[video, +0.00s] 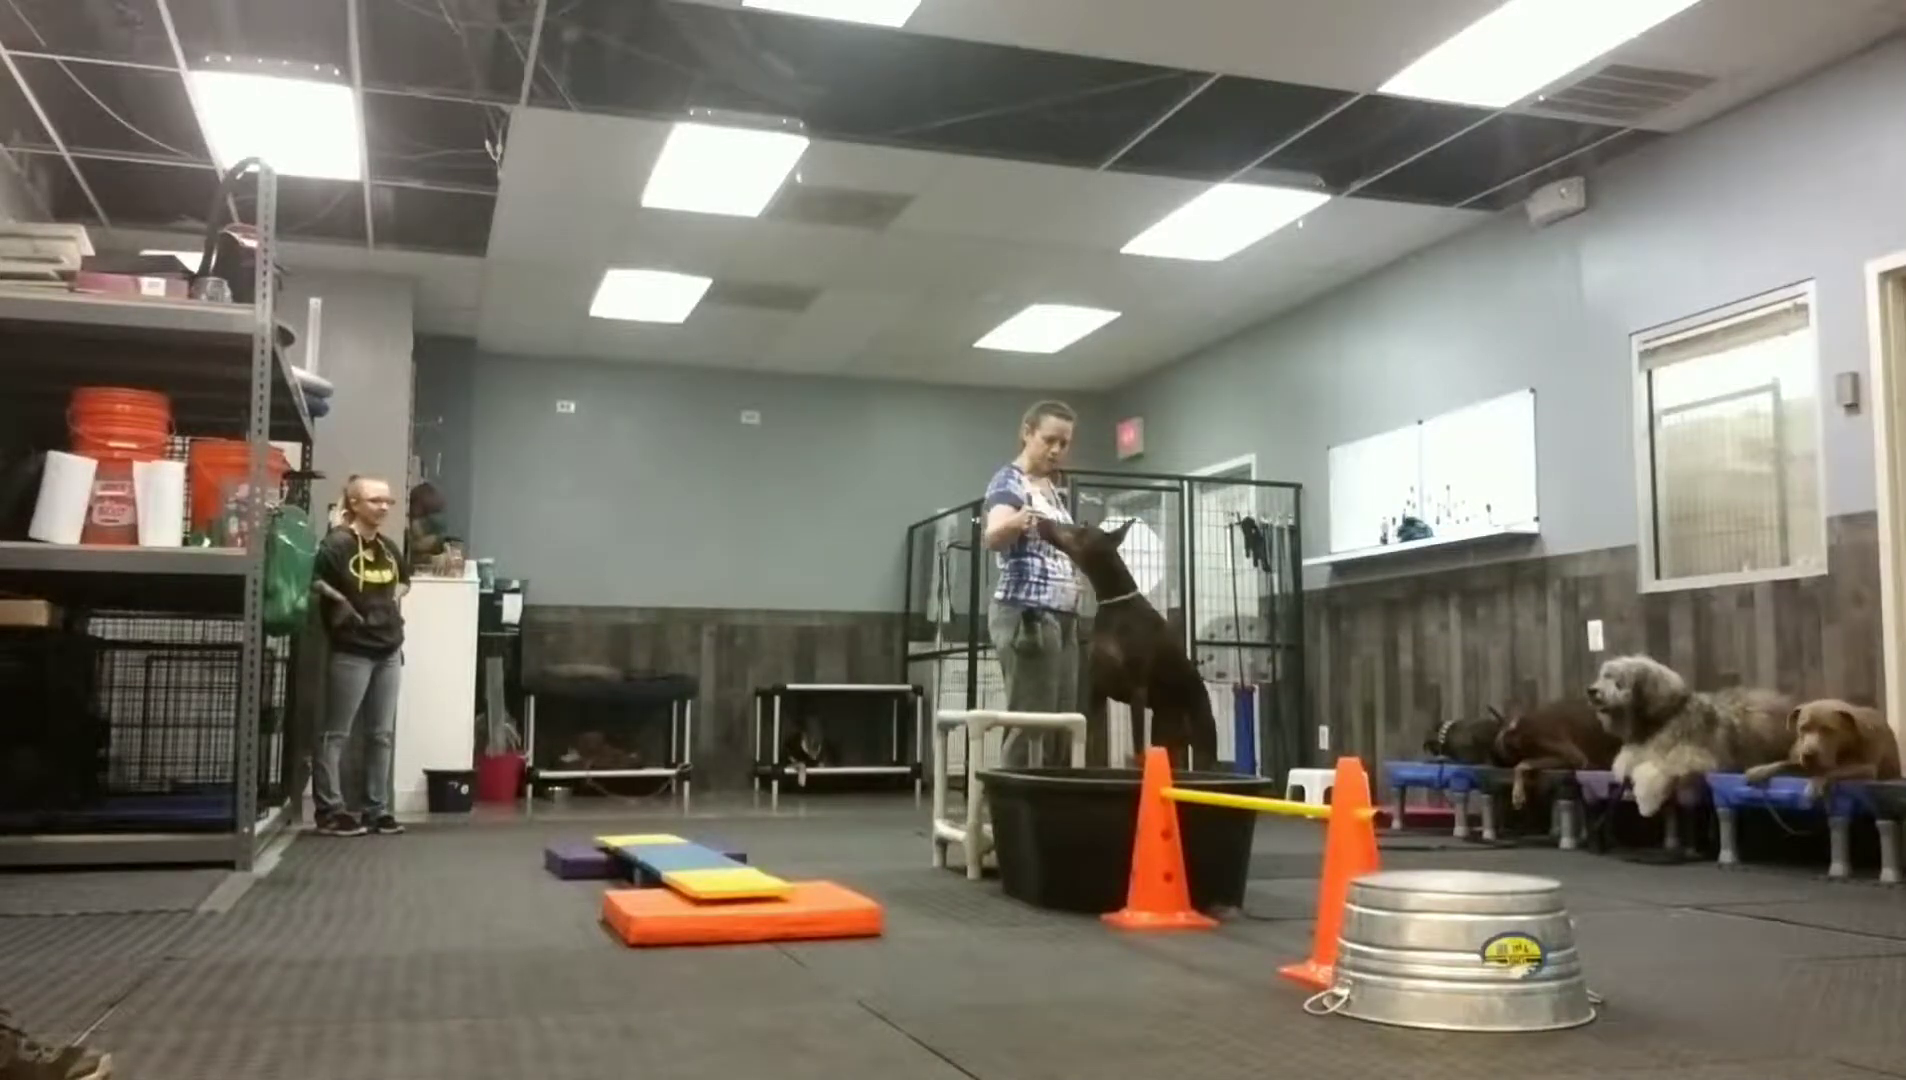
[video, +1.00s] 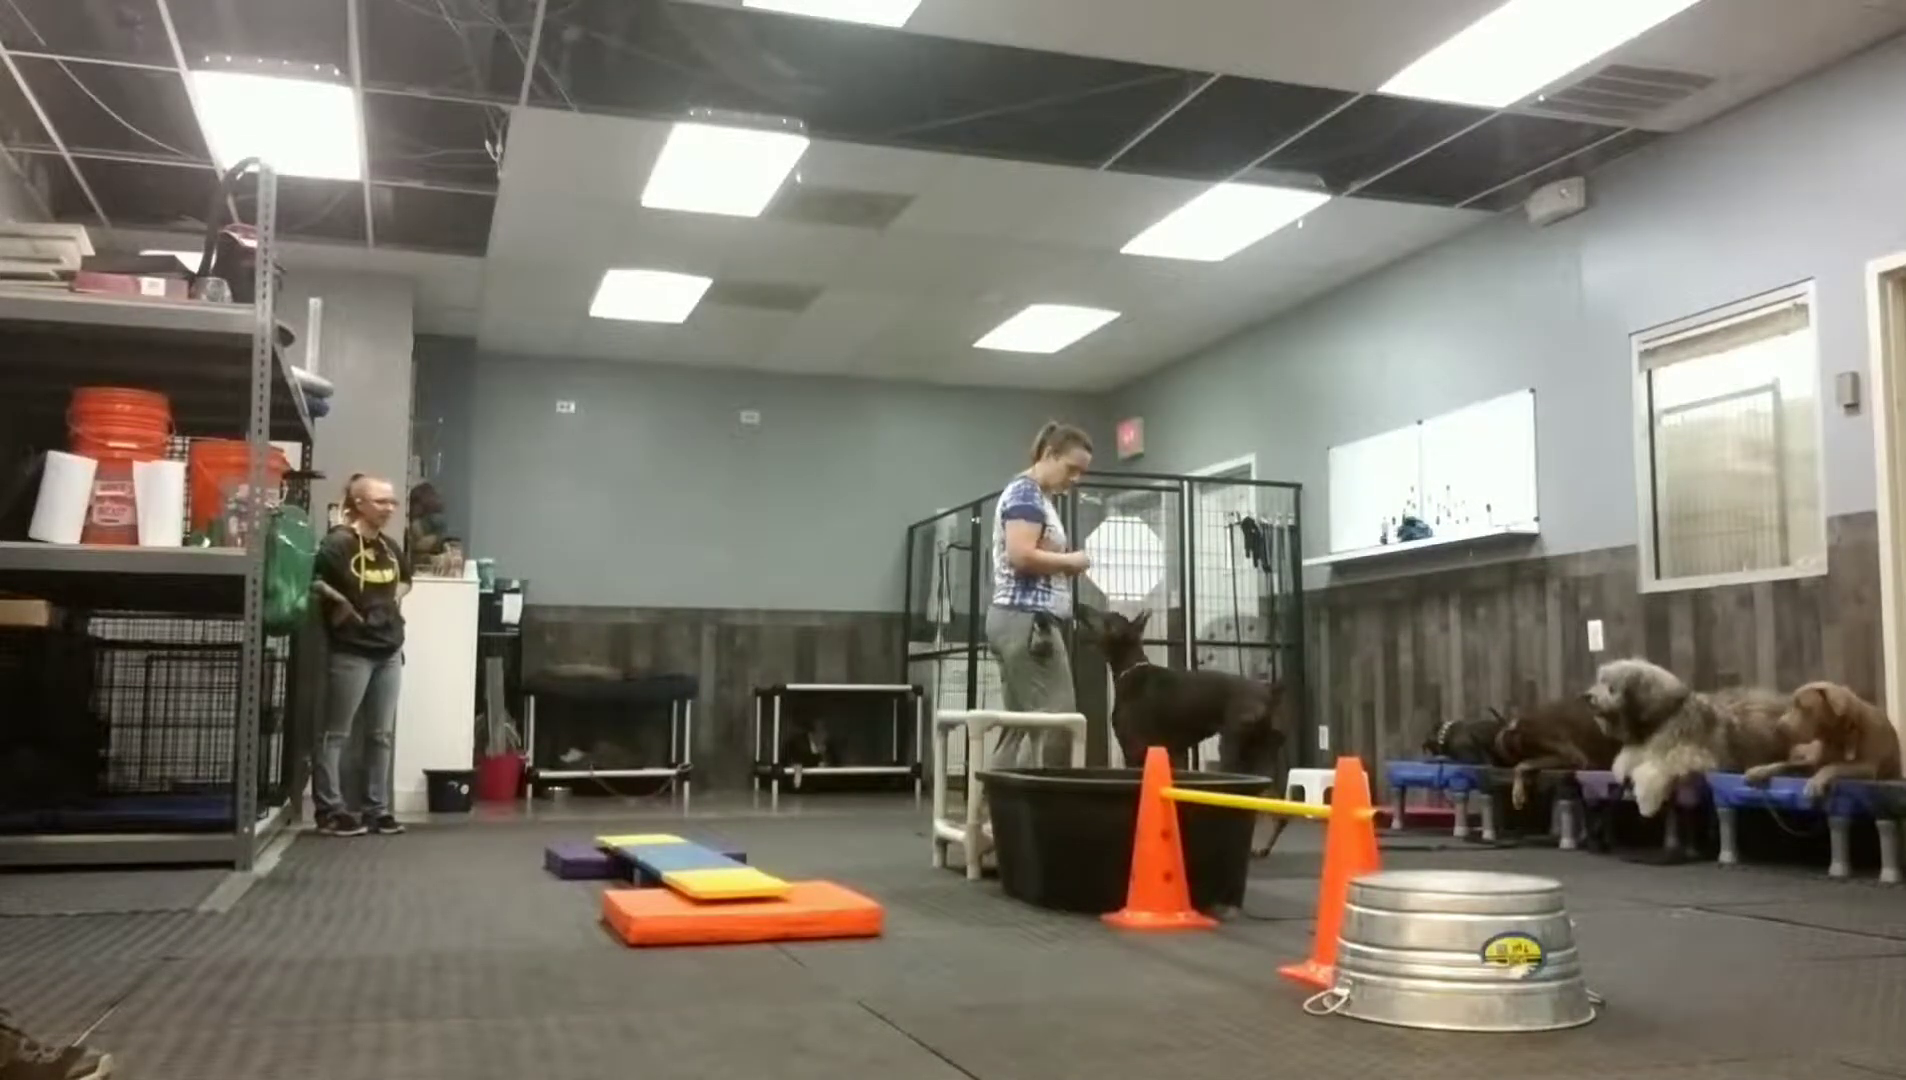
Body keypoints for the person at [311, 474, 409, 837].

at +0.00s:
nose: (384, 507)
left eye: (387, 501)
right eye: (376, 501)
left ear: (388, 506)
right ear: (355, 504)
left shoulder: (387, 546)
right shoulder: (338, 543)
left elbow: (401, 582)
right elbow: (317, 582)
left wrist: (392, 616)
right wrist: (344, 608)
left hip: (388, 649)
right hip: (352, 649)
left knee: (381, 734)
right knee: (337, 734)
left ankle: (376, 810)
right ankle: (329, 810)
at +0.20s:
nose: (385, 507)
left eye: (386, 500)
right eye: (377, 500)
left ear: (383, 505)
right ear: (354, 504)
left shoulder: (385, 544)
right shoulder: (335, 545)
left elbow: (402, 580)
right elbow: (325, 588)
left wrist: (391, 613)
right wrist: (351, 616)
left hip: (387, 650)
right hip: (351, 650)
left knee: (381, 735)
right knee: (337, 734)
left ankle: (377, 810)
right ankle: (329, 810)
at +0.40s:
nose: (390, 506)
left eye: (390, 500)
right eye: (382, 500)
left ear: (381, 505)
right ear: (358, 505)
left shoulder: (385, 545)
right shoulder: (336, 544)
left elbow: (400, 582)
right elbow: (325, 589)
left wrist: (389, 618)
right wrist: (352, 619)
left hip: (386, 650)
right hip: (350, 650)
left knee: (380, 734)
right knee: (337, 734)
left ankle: (377, 810)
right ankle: (329, 811)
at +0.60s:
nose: (387, 508)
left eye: (388, 502)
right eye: (379, 502)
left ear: (386, 505)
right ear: (356, 504)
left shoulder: (384, 544)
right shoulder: (336, 543)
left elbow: (401, 580)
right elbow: (326, 587)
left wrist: (390, 616)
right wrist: (350, 617)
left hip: (386, 650)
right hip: (350, 649)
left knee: (380, 734)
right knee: (337, 734)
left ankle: (376, 810)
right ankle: (329, 810)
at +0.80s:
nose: (388, 507)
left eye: (390, 501)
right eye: (380, 501)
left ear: (388, 506)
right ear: (357, 504)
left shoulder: (387, 544)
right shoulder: (338, 541)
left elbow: (403, 579)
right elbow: (317, 580)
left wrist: (391, 612)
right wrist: (341, 607)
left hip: (386, 649)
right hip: (349, 650)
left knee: (380, 734)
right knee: (336, 734)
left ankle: (376, 810)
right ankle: (329, 811)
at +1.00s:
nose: (390, 508)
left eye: (391, 502)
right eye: (382, 501)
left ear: (389, 506)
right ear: (359, 504)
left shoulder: (387, 544)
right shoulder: (338, 542)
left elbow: (405, 578)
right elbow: (315, 581)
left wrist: (390, 610)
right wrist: (341, 605)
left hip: (388, 649)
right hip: (351, 649)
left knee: (381, 734)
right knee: (336, 734)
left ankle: (376, 810)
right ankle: (329, 810)